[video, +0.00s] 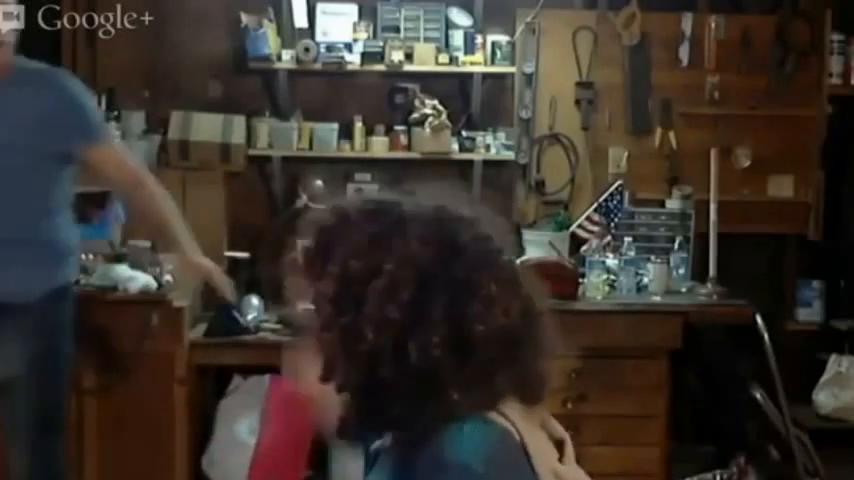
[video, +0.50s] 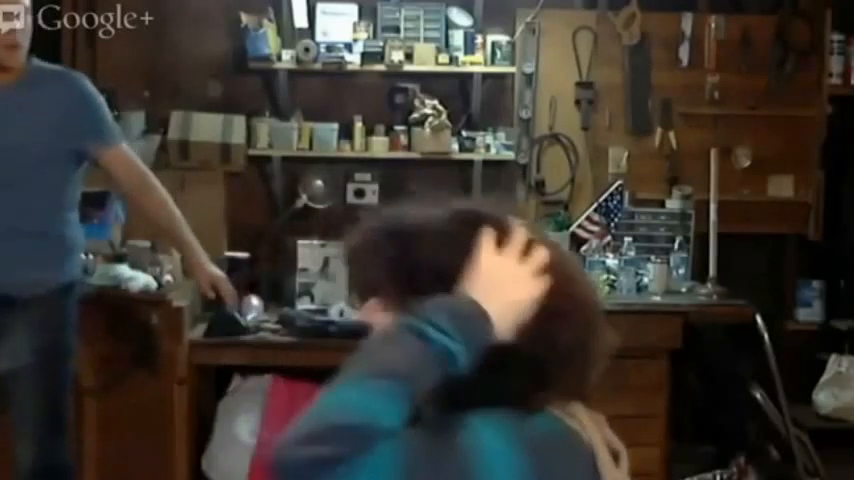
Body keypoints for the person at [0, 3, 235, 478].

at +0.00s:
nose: (9, 30)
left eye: (11, 20)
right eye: (5, 20)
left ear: (17, 26)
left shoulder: (49, 93)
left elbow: (137, 182)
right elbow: (135, 182)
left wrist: (189, 251)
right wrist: (190, 252)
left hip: (35, 292)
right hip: (25, 293)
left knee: (35, 434)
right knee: (33, 433)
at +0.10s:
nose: (12, 29)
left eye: (17, 16)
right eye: (4, 18)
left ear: (29, 23)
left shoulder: (64, 91)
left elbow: (141, 179)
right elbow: (140, 178)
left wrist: (202, 253)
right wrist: (204, 253)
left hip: (45, 298)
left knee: (37, 444)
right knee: (34, 440)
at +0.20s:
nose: (16, 25)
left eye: (23, 11)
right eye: (5, 14)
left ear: (37, 19)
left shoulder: (73, 93)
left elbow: (148, 181)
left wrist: (205, 252)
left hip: (49, 298)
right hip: (11, 298)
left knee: (37, 444)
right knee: (32, 440)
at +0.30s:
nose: (16, 26)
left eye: (24, 12)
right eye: (4, 15)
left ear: (37, 18)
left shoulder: (73, 92)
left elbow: (148, 181)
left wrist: (205, 253)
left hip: (49, 296)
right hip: (11, 295)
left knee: (38, 443)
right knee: (33, 439)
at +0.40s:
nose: (16, 25)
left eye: (24, 11)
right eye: (4, 14)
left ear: (37, 18)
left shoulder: (73, 93)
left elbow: (147, 181)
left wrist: (204, 253)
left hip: (49, 293)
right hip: (9, 292)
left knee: (40, 443)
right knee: (33, 439)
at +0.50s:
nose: (12, 27)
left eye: (19, 14)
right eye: (3, 15)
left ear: (32, 20)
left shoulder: (67, 94)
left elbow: (139, 183)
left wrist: (197, 259)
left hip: (40, 290)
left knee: (39, 437)